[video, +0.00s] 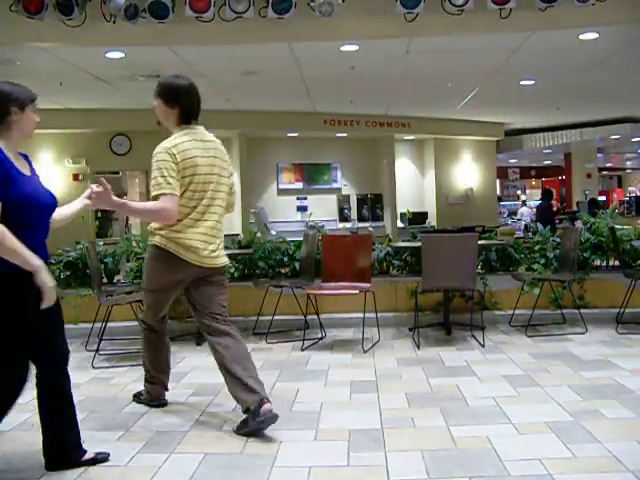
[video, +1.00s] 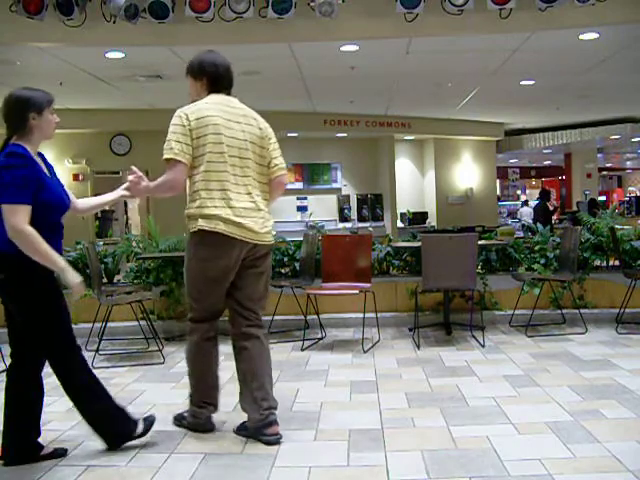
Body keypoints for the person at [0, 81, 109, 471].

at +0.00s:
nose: (37, 118)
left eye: (35, 111)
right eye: (32, 111)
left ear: (16, 115)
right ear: (13, 115)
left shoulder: (23, 160)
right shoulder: (2, 160)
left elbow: (46, 221)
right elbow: (0, 230)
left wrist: (86, 199)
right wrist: (36, 266)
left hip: (36, 274)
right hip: (9, 276)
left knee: (53, 362)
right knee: (10, 374)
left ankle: (64, 453)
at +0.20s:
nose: (18, 122)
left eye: (16, 114)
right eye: (13, 114)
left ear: (2, 121)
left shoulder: (7, 167)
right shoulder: (0, 166)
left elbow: (28, 221)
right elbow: (25, 220)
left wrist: (70, 200)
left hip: (12, 281)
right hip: (2, 282)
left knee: (42, 363)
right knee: (40, 363)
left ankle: (62, 453)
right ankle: (62, 453)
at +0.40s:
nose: (13, 116)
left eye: (13, 110)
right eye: (9, 110)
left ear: (4, 115)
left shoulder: (5, 162)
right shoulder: (0, 162)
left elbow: (28, 217)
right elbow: (25, 216)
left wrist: (68, 200)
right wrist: (66, 200)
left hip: (11, 274)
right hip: (2, 276)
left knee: (33, 362)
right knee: (28, 363)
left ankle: (53, 449)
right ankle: (52, 448)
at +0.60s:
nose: (24, 122)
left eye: (21, 115)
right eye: (19, 115)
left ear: (6, 121)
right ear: (2, 120)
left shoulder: (13, 165)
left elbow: (39, 220)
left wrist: (80, 202)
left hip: (23, 276)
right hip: (2, 278)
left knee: (37, 360)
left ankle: (21, 448)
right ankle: (11, 450)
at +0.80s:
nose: (39, 122)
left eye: (37, 115)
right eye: (33, 115)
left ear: (17, 121)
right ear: (14, 121)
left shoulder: (25, 164)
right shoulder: (0, 165)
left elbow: (57, 216)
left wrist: (99, 199)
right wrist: (11, 291)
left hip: (32, 277)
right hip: (14, 281)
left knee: (36, 358)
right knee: (61, 354)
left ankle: (25, 445)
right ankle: (17, 446)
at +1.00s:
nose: (57, 119)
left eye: (55, 113)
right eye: (52, 113)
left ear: (34, 119)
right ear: (33, 119)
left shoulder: (36, 159)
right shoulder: (16, 160)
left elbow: (73, 207)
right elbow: (16, 227)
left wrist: (121, 193)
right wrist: (63, 269)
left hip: (35, 269)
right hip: (25, 271)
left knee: (27, 360)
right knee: (65, 352)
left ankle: (20, 447)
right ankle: (118, 429)